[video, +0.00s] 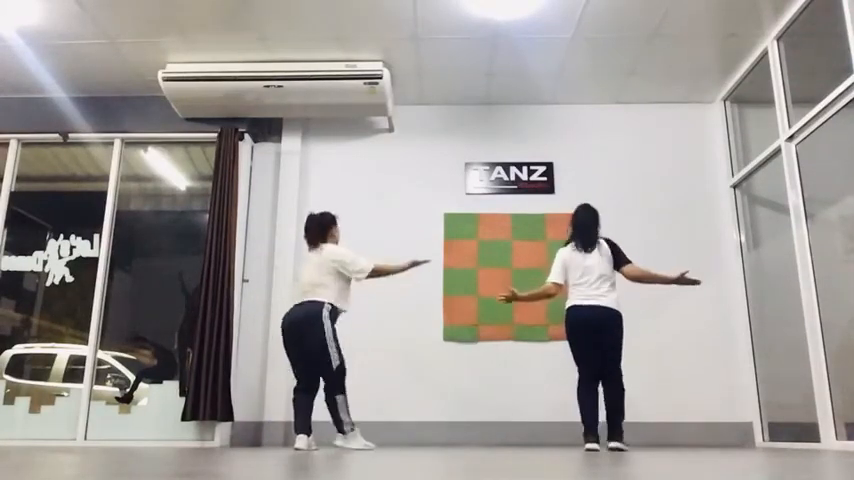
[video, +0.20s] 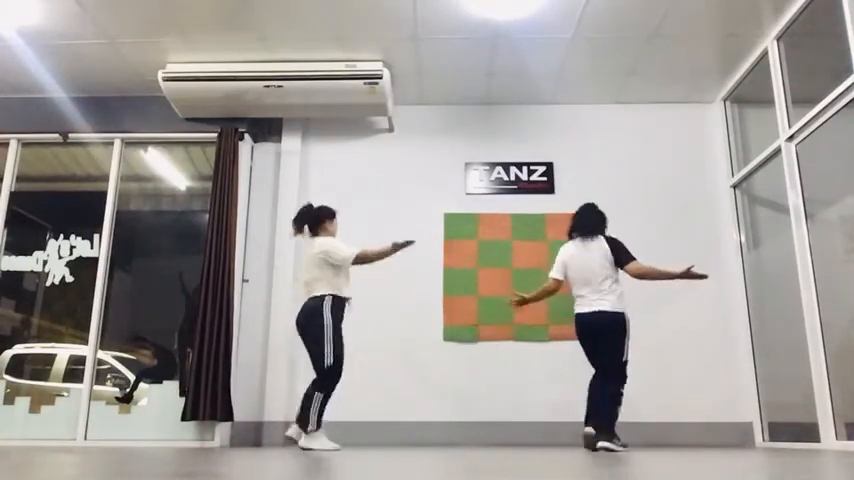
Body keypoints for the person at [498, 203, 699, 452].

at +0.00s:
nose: (575, 225)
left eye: (573, 221)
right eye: (592, 222)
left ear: (573, 225)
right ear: (597, 224)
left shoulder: (565, 252)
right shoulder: (608, 247)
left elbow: (552, 289)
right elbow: (633, 273)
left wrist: (520, 297)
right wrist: (672, 279)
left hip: (577, 315)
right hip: (609, 315)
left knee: (587, 375)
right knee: (612, 374)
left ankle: (591, 437)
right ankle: (615, 437)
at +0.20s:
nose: (603, 225)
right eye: (602, 222)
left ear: (575, 223)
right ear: (601, 223)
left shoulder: (566, 249)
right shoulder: (609, 244)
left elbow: (553, 286)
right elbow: (637, 271)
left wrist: (528, 299)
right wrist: (677, 274)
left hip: (584, 320)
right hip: (612, 318)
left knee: (602, 371)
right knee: (616, 375)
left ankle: (592, 425)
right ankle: (606, 433)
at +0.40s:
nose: (615, 235)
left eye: (614, 232)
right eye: (613, 232)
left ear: (588, 231)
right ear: (610, 232)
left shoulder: (575, 256)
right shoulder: (614, 249)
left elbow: (560, 290)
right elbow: (637, 272)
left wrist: (542, 304)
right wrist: (679, 274)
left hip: (582, 324)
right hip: (609, 323)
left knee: (611, 377)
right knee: (619, 378)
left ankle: (624, 433)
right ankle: (607, 436)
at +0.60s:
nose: (618, 233)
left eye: (616, 229)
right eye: (615, 229)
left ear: (589, 234)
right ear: (610, 232)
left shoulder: (582, 260)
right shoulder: (613, 249)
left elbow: (569, 296)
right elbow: (627, 269)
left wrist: (553, 310)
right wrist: (666, 270)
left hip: (577, 318)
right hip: (602, 318)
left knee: (599, 374)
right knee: (610, 374)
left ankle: (598, 433)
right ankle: (605, 435)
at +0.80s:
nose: (605, 228)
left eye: (604, 223)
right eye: (603, 224)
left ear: (580, 228)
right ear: (595, 225)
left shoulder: (573, 256)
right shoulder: (600, 246)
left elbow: (572, 295)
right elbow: (615, 270)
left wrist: (565, 313)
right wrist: (649, 271)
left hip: (583, 319)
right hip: (606, 317)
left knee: (601, 375)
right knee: (619, 374)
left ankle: (591, 433)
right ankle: (601, 428)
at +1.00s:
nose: (614, 239)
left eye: (612, 234)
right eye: (611, 234)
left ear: (591, 237)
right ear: (602, 235)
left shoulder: (580, 258)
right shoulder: (598, 253)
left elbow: (580, 292)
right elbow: (610, 274)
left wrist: (606, 321)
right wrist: (644, 278)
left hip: (579, 327)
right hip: (599, 325)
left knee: (604, 378)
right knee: (627, 374)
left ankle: (592, 434)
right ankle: (639, 431)